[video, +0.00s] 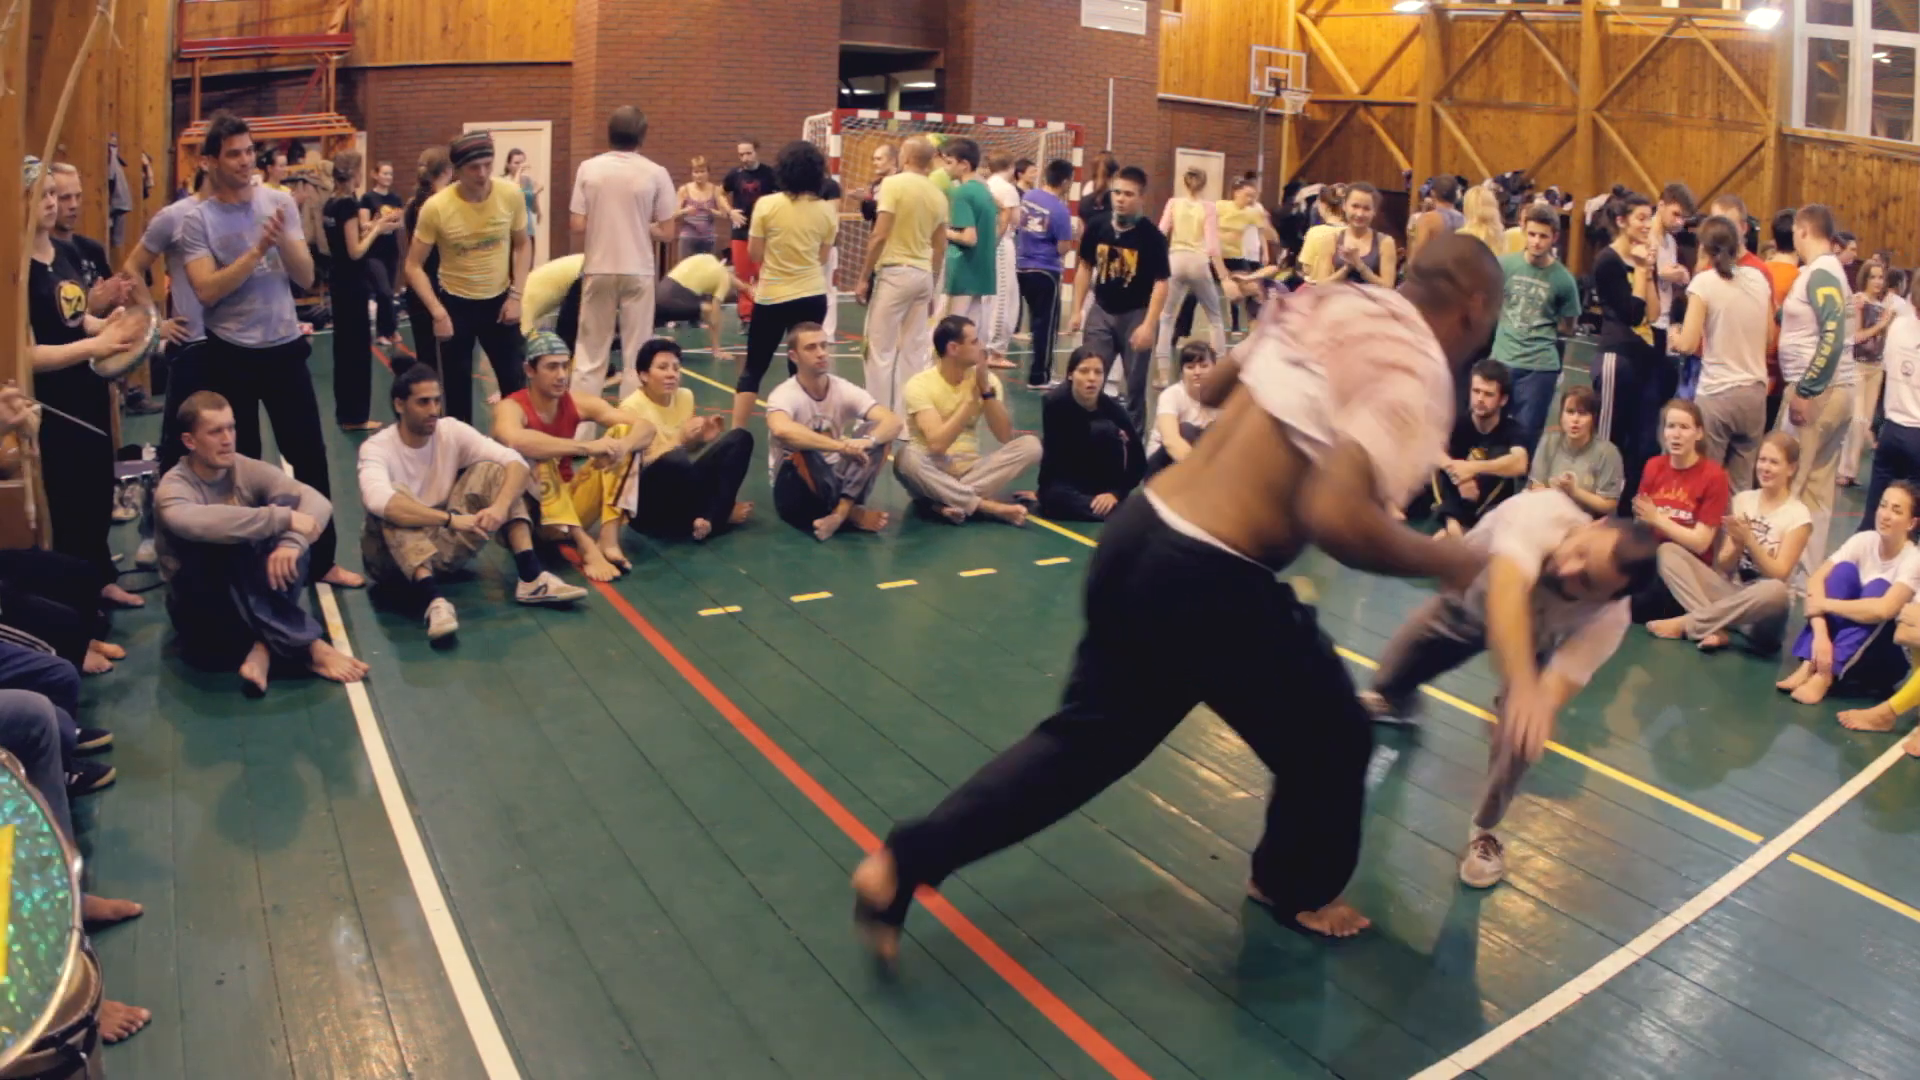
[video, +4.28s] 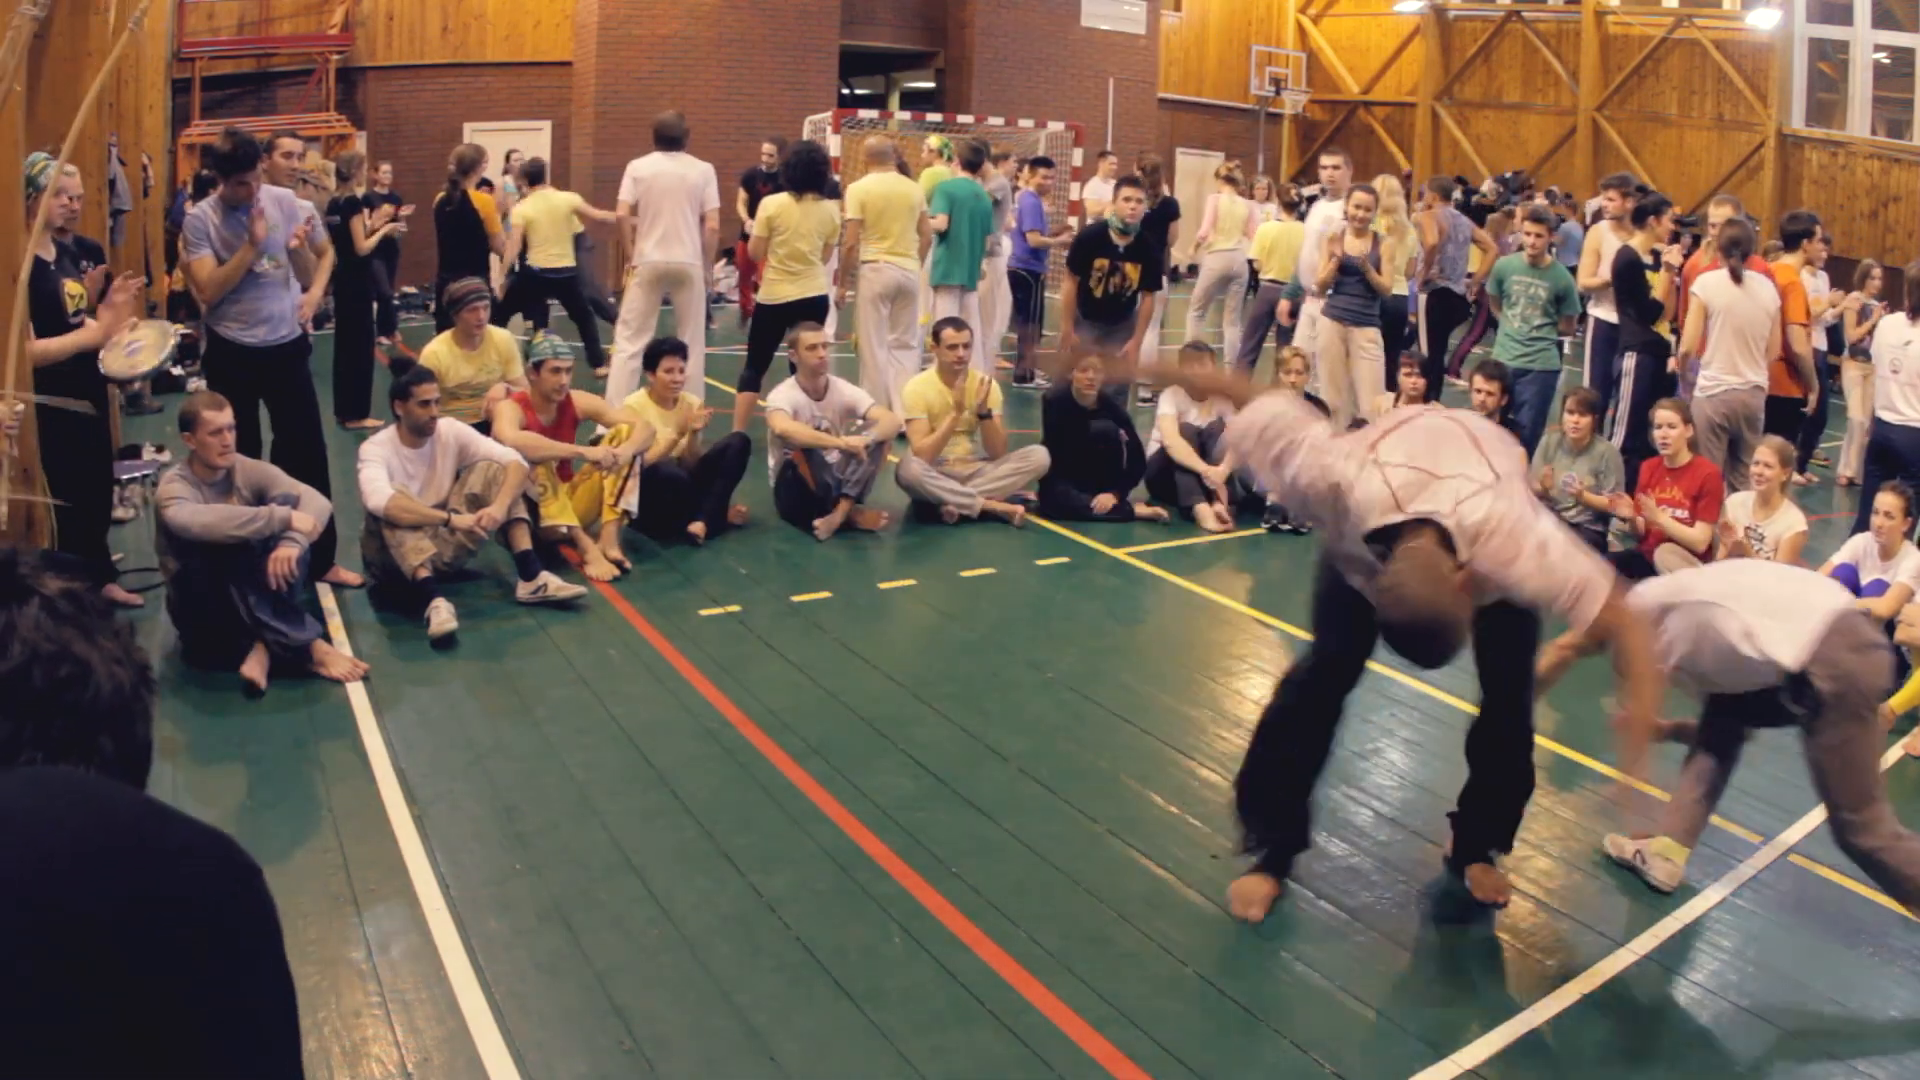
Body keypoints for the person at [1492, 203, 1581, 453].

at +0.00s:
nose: (1536, 241)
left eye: (1543, 236)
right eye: (1531, 234)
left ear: (1554, 238)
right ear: (1524, 233)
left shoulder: (1564, 280)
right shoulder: (1504, 265)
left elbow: (1567, 326)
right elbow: (1492, 305)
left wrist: (1538, 332)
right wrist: (1513, 327)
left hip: (1539, 362)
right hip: (1501, 356)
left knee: (1525, 433)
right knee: (1489, 427)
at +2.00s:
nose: (1534, 241)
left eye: (1540, 235)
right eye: (1529, 234)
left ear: (1552, 238)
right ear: (1521, 234)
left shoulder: (1563, 279)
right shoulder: (1503, 266)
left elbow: (1567, 326)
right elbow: (1495, 309)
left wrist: (1539, 334)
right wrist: (1514, 330)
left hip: (1540, 360)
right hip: (1503, 356)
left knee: (1526, 430)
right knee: (1492, 424)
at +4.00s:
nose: (1531, 241)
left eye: (1538, 236)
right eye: (1527, 234)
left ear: (1550, 238)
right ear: (1520, 234)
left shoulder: (1561, 277)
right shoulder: (1502, 266)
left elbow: (1567, 325)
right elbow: (1494, 304)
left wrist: (1538, 331)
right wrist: (1515, 326)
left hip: (1540, 361)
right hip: (1503, 357)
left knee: (1526, 430)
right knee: (1492, 424)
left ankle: (1516, 490)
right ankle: (1485, 487)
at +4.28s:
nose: (1531, 241)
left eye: (1538, 236)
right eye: (1527, 234)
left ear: (1551, 239)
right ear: (1521, 235)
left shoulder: (1562, 278)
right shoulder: (1503, 266)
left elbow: (1568, 325)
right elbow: (1495, 306)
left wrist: (1539, 329)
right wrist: (1515, 326)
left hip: (1540, 362)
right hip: (1503, 356)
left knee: (1526, 434)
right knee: (1491, 426)